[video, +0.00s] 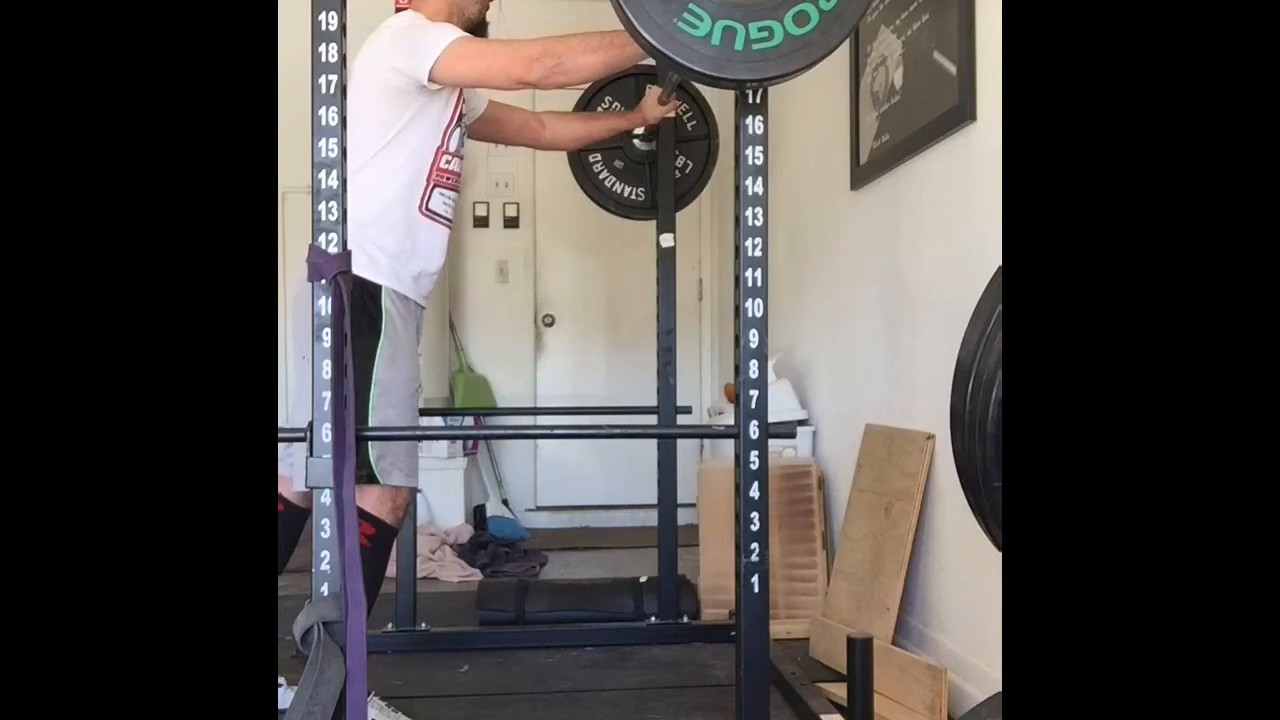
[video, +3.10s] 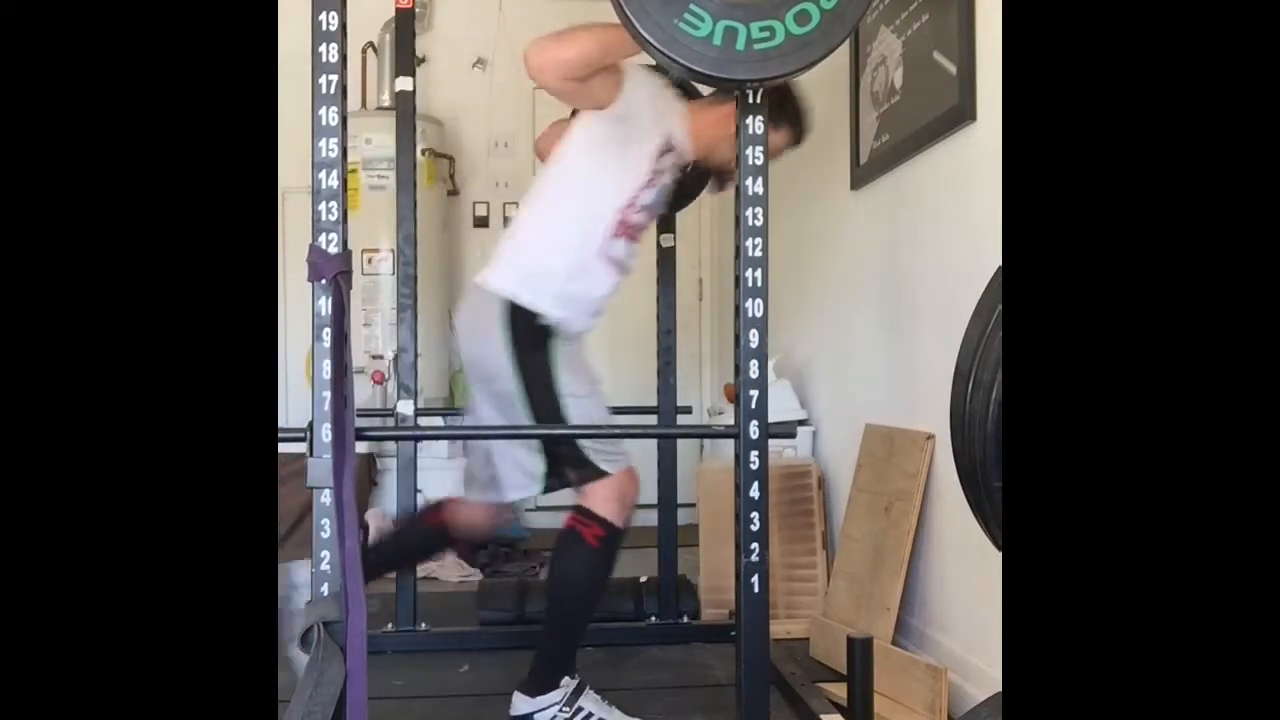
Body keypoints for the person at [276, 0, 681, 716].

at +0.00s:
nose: (483, 13)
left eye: (483, 9)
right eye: (474, 2)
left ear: (415, 8)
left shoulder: (434, 80)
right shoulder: (403, 39)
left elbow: (533, 127)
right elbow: (540, 64)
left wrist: (636, 119)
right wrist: (663, 32)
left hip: (374, 297)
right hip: (362, 292)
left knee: (298, 482)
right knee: (384, 493)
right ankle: (333, 687)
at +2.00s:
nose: (503, 6)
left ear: (436, 1)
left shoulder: (438, 74)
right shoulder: (401, 39)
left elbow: (529, 117)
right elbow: (535, 59)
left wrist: (633, 111)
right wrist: (655, 28)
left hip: (374, 298)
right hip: (353, 295)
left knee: (303, 478)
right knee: (380, 486)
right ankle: (335, 683)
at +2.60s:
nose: (534, 72)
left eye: (543, 62)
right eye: (533, 58)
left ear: (505, 43)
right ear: (498, 34)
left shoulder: (472, 121)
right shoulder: (421, 68)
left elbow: (546, 136)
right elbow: (543, 66)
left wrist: (634, 114)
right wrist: (659, 28)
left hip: (378, 319)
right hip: (347, 311)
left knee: (297, 494)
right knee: (452, 478)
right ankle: (358, 667)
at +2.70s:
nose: (577, 121)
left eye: (588, 112)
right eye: (584, 102)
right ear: (548, 66)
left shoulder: (503, 125)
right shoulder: (445, 75)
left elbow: (555, 146)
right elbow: (551, 68)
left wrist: (635, 114)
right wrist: (660, 27)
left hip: (392, 313)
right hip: (361, 305)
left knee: (297, 487)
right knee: (473, 465)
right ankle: (410, 667)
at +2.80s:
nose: (599, 155)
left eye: (614, 151)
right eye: (609, 138)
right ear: (587, 89)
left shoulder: (534, 137)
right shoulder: (487, 86)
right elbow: (561, 54)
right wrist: (661, 26)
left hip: (413, 305)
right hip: (387, 298)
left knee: (316, 480)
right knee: (479, 464)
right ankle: (502, 673)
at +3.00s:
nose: (695, 191)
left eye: (710, 185)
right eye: (706, 175)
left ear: (681, 129)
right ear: (684, 128)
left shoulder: (624, 165)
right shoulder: (591, 116)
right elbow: (546, 49)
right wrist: (645, 23)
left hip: (495, 333)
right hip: (465, 324)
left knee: (394, 495)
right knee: (581, 483)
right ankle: (544, 693)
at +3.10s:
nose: (747, 169)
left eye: (760, 162)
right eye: (758, 153)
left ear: (738, 120)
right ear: (745, 114)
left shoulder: (674, 155)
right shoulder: (642, 96)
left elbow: (553, 143)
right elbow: (545, 57)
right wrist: (642, 31)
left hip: (543, 322)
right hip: (510, 311)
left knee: (488, 510)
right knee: (610, 488)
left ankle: (345, 570)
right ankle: (545, 691)